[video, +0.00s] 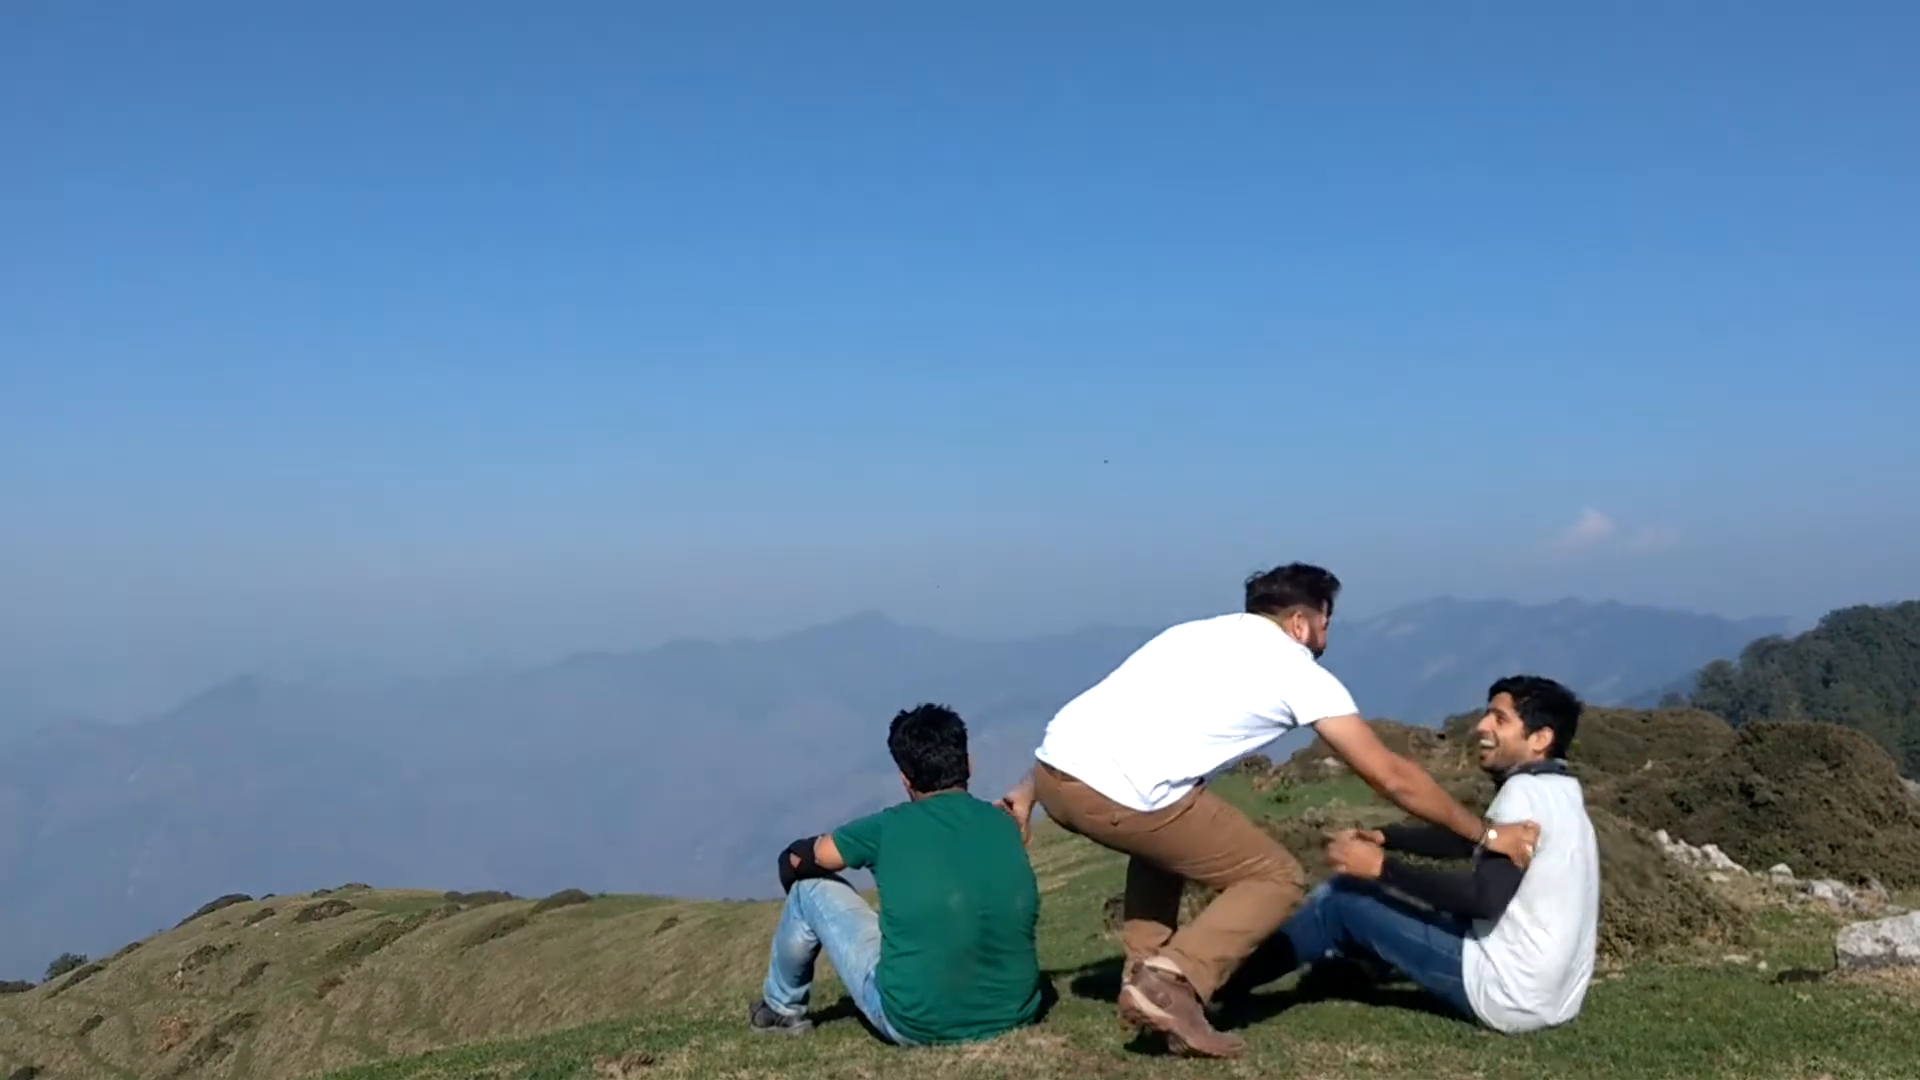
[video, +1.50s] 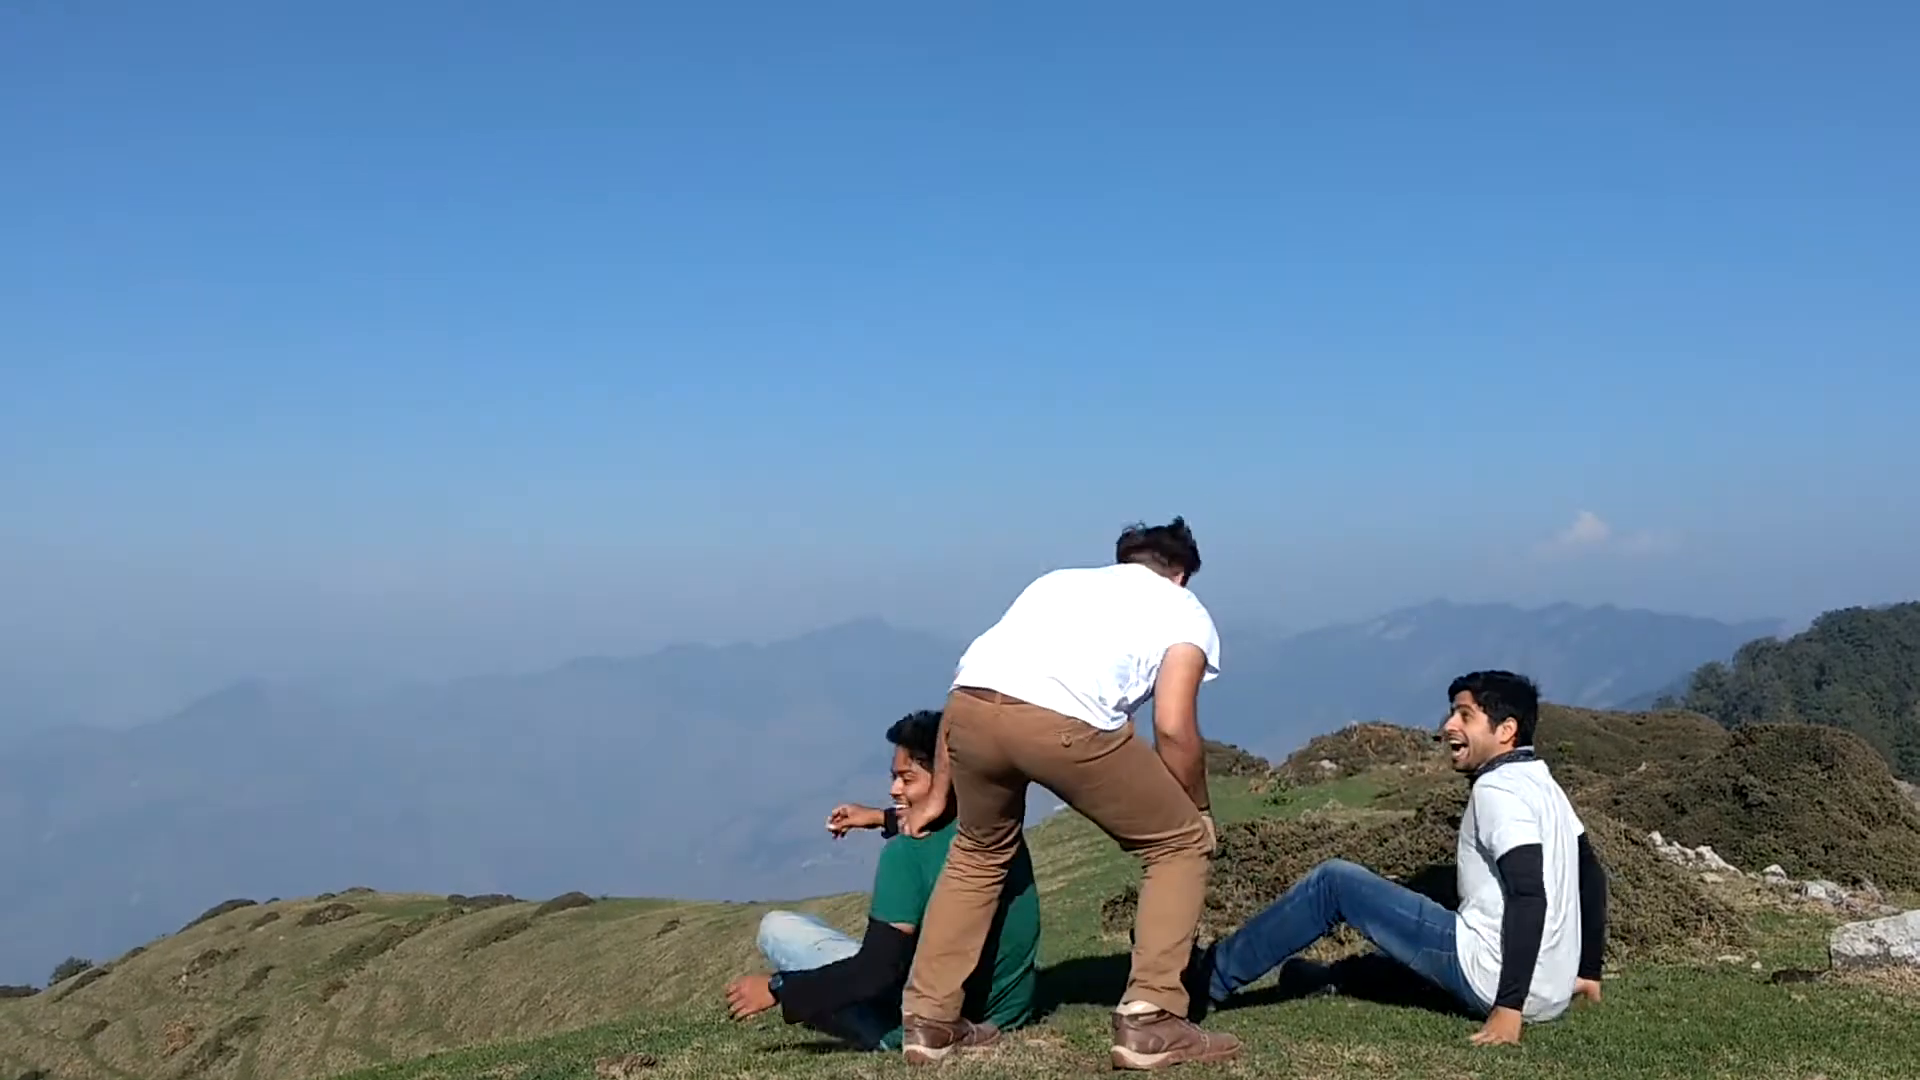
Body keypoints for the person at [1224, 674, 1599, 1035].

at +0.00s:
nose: (1481, 727)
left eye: (1499, 718)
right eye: (1487, 714)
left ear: (1540, 740)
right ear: (1541, 743)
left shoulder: (1524, 793)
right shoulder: (1562, 793)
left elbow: (1485, 900)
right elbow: (1469, 841)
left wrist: (1383, 869)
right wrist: (1384, 837)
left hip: (1505, 993)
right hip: (1549, 990)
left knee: (1338, 902)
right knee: (1370, 879)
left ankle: (1216, 982)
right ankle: (1350, 963)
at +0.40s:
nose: (1457, 752)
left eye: (1459, 738)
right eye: (1456, 739)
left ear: (1487, 741)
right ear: (1511, 740)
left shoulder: (1506, 795)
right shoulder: (1554, 789)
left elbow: (1479, 901)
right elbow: (1473, 847)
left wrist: (1381, 864)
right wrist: (1399, 825)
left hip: (1499, 991)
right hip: (1548, 985)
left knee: (1334, 891)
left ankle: (1215, 973)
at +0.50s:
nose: (1454, 753)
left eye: (1452, 743)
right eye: (1455, 740)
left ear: (1461, 750)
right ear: (1521, 738)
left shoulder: (1493, 802)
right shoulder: (1556, 795)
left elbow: (1487, 916)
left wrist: (1387, 894)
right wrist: (1435, 838)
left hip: (1504, 994)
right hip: (1554, 989)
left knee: (1337, 886)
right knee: (1443, 885)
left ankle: (1228, 973)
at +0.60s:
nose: (1453, 752)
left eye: (1450, 743)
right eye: (1451, 740)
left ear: (1458, 751)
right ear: (1518, 737)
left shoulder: (1486, 801)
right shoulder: (1555, 792)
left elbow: (1489, 908)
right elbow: (1587, 864)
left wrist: (1387, 907)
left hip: (1501, 992)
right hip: (1555, 994)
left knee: (1331, 881)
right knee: (1437, 888)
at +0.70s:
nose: (1448, 758)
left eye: (1447, 745)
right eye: (1445, 746)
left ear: (1467, 745)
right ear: (1517, 740)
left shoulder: (1487, 796)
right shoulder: (1556, 796)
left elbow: (1484, 901)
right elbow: (1609, 863)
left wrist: (1382, 891)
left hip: (1500, 991)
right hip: (1554, 994)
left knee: (1337, 874)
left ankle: (1222, 975)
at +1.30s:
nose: (1443, 733)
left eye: (1458, 722)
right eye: (1445, 720)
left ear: (1501, 737)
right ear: (1503, 742)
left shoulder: (1497, 796)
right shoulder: (1544, 794)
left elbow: (1516, 889)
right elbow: (1601, 881)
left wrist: (1418, 920)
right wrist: (1618, 974)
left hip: (1498, 989)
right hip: (1546, 993)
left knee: (1334, 879)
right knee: (1433, 901)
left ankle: (1207, 975)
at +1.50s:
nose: (1448, 727)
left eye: (1464, 715)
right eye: (1451, 714)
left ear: (1507, 733)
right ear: (1507, 738)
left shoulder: (1497, 790)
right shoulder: (1543, 784)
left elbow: (1528, 895)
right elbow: (1591, 878)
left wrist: (1508, 1011)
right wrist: (1589, 973)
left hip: (1491, 979)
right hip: (1546, 988)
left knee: (1335, 879)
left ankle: (1211, 975)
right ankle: (1333, 979)